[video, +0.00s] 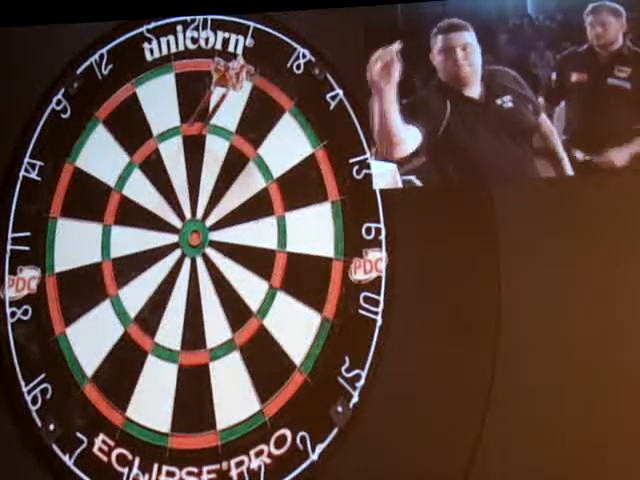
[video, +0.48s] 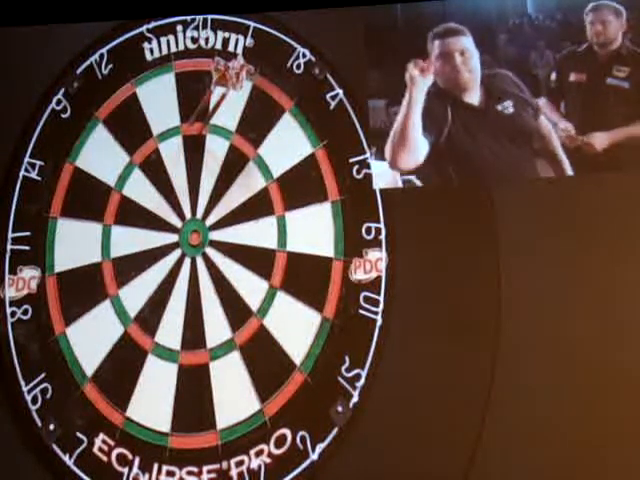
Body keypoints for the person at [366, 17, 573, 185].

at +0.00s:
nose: (459, 58)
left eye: (466, 48)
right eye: (447, 52)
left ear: (479, 52)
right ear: (434, 61)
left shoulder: (504, 81)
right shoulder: (432, 104)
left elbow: (543, 129)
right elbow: (393, 150)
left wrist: (569, 178)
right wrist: (385, 91)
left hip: (529, 203)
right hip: (470, 215)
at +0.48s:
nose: (458, 64)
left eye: (464, 53)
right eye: (446, 57)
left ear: (477, 56)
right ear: (431, 67)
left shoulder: (503, 83)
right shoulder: (435, 107)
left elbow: (542, 130)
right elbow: (402, 161)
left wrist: (568, 177)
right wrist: (416, 90)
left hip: (533, 202)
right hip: (474, 213)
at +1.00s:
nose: (470, 74)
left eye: (478, 63)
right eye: (456, 67)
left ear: (491, 64)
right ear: (441, 75)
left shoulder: (517, 90)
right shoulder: (439, 123)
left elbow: (559, 113)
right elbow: (424, 197)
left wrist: (619, 121)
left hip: (538, 214)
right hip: (477, 226)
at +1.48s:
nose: (574, 41)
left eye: (581, 34)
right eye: (568, 35)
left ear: (600, 36)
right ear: (561, 39)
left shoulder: (627, 77)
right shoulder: (547, 76)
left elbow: (637, 135)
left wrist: (609, 168)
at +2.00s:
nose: (519, 42)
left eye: (527, 35)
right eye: (515, 35)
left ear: (552, 39)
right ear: (510, 40)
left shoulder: (583, 81)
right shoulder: (503, 80)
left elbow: (601, 141)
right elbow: (490, 133)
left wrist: (538, 172)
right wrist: (498, 174)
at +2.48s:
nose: (502, 47)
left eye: (512, 41)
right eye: (500, 40)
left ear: (541, 45)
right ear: (496, 41)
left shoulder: (562, 93)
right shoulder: (509, 83)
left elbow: (567, 166)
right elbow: (492, 135)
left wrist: (519, 196)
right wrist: (465, 174)